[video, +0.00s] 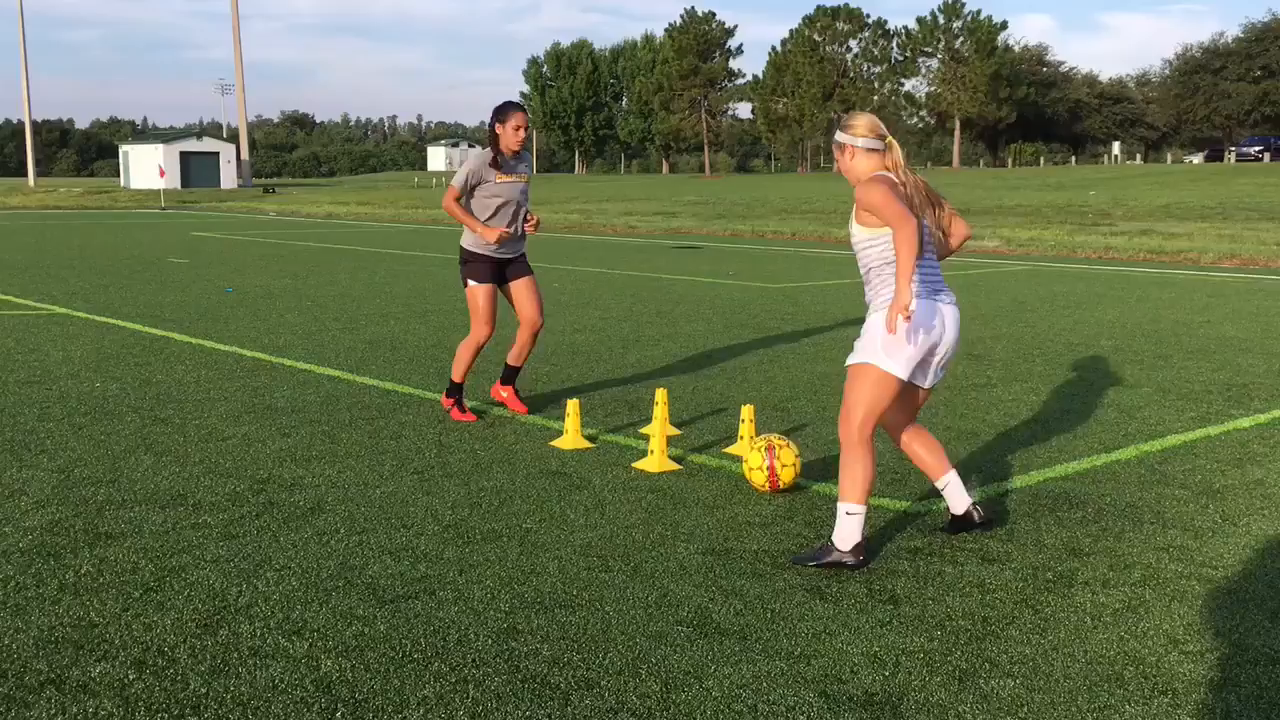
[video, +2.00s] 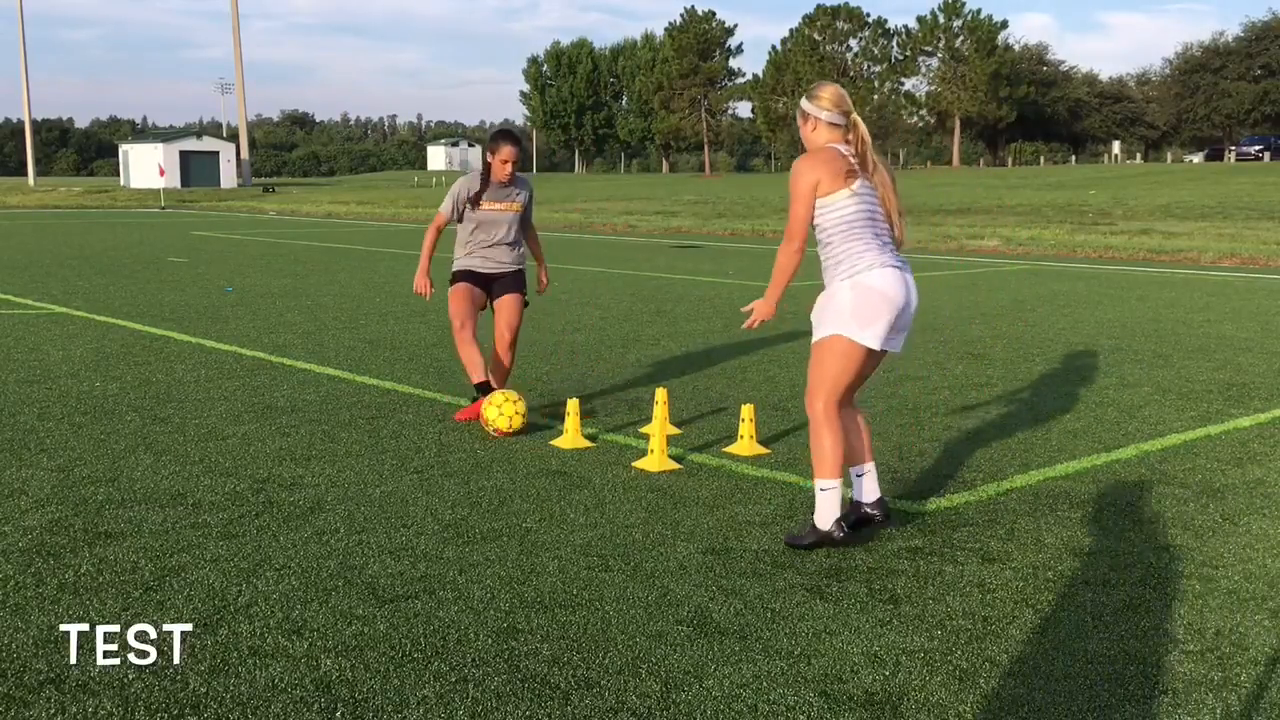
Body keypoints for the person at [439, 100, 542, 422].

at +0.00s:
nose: (523, 135)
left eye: (526, 129)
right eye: (517, 129)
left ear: (526, 131)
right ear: (497, 129)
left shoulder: (523, 163)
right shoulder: (478, 162)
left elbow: (516, 202)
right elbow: (448, 201)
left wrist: (528, 217)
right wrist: (482, 229)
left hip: (513, 254)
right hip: (479, 256)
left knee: (532, 320)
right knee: (482, 331)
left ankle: (505, 386)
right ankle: (452, 396)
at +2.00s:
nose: (510, 169)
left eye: (514, 162)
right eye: (504, 162)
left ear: (519, 160)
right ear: (489, 157)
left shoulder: (523, 187)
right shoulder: (465, 186)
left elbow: (526, 226)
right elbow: (436, 226)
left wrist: (541, 262)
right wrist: (422, 270)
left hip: (510, 270)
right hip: (469, 268)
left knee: (507, 341)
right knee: (461, 324)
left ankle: (494, 403)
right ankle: (484, 395)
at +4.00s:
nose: (617, 169)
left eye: (619, 163)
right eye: (612, 163)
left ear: (622, 162)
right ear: (595, 159)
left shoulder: (618, 183)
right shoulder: (574, 183)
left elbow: (645, 201)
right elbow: (538, 209)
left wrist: (676, 213)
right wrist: (522, 245)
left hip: (591, 254)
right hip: (566, 255)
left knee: (608, 313)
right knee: (622, 294)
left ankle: (613, 371)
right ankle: (622, 362)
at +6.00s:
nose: (559, 146)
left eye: (562, 140)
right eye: (554, 139)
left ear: (564, 144)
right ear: (536, 141)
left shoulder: (564, 174)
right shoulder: (517, 176)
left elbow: (556, 213)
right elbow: (492, 217)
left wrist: (574, 233)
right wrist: (509, 251)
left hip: (553, 262)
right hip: (521, 262)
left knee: (581, 324)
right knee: (530, 330)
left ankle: (559, 370)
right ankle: (505, 398)